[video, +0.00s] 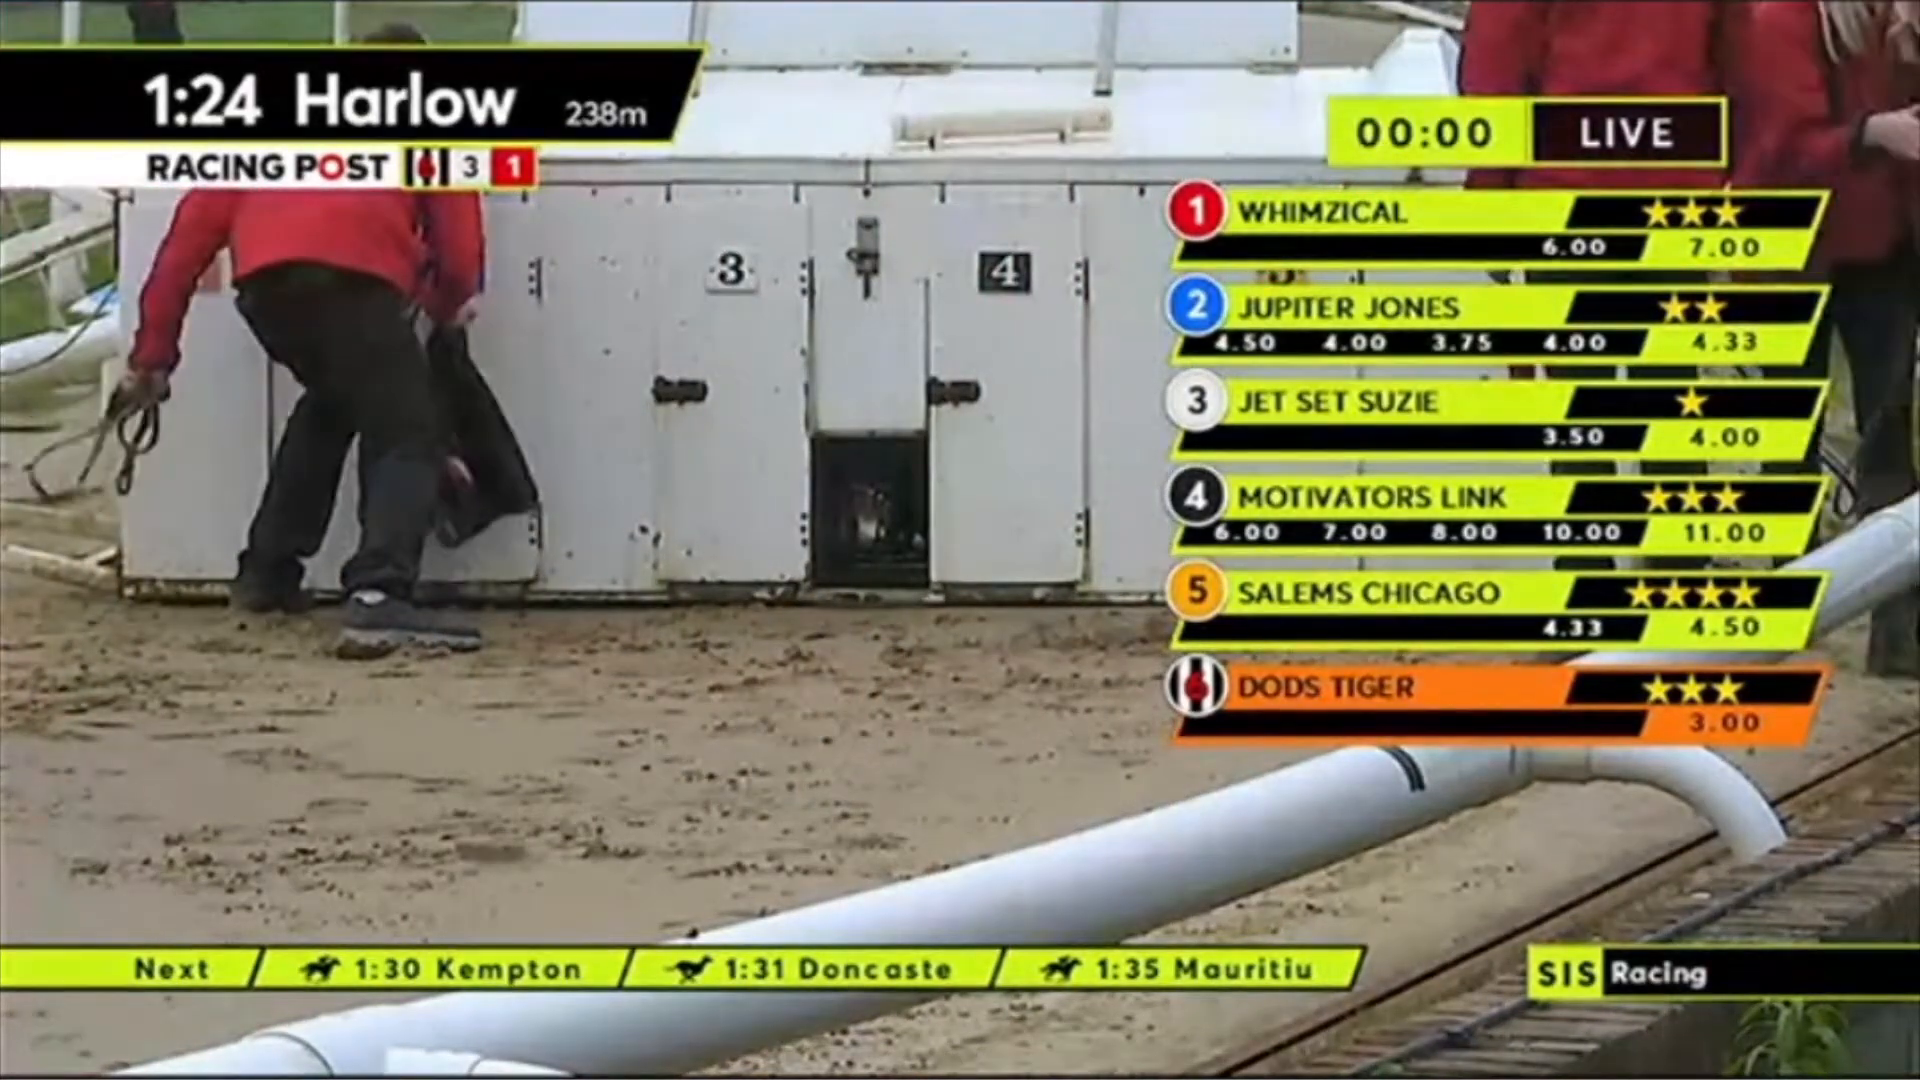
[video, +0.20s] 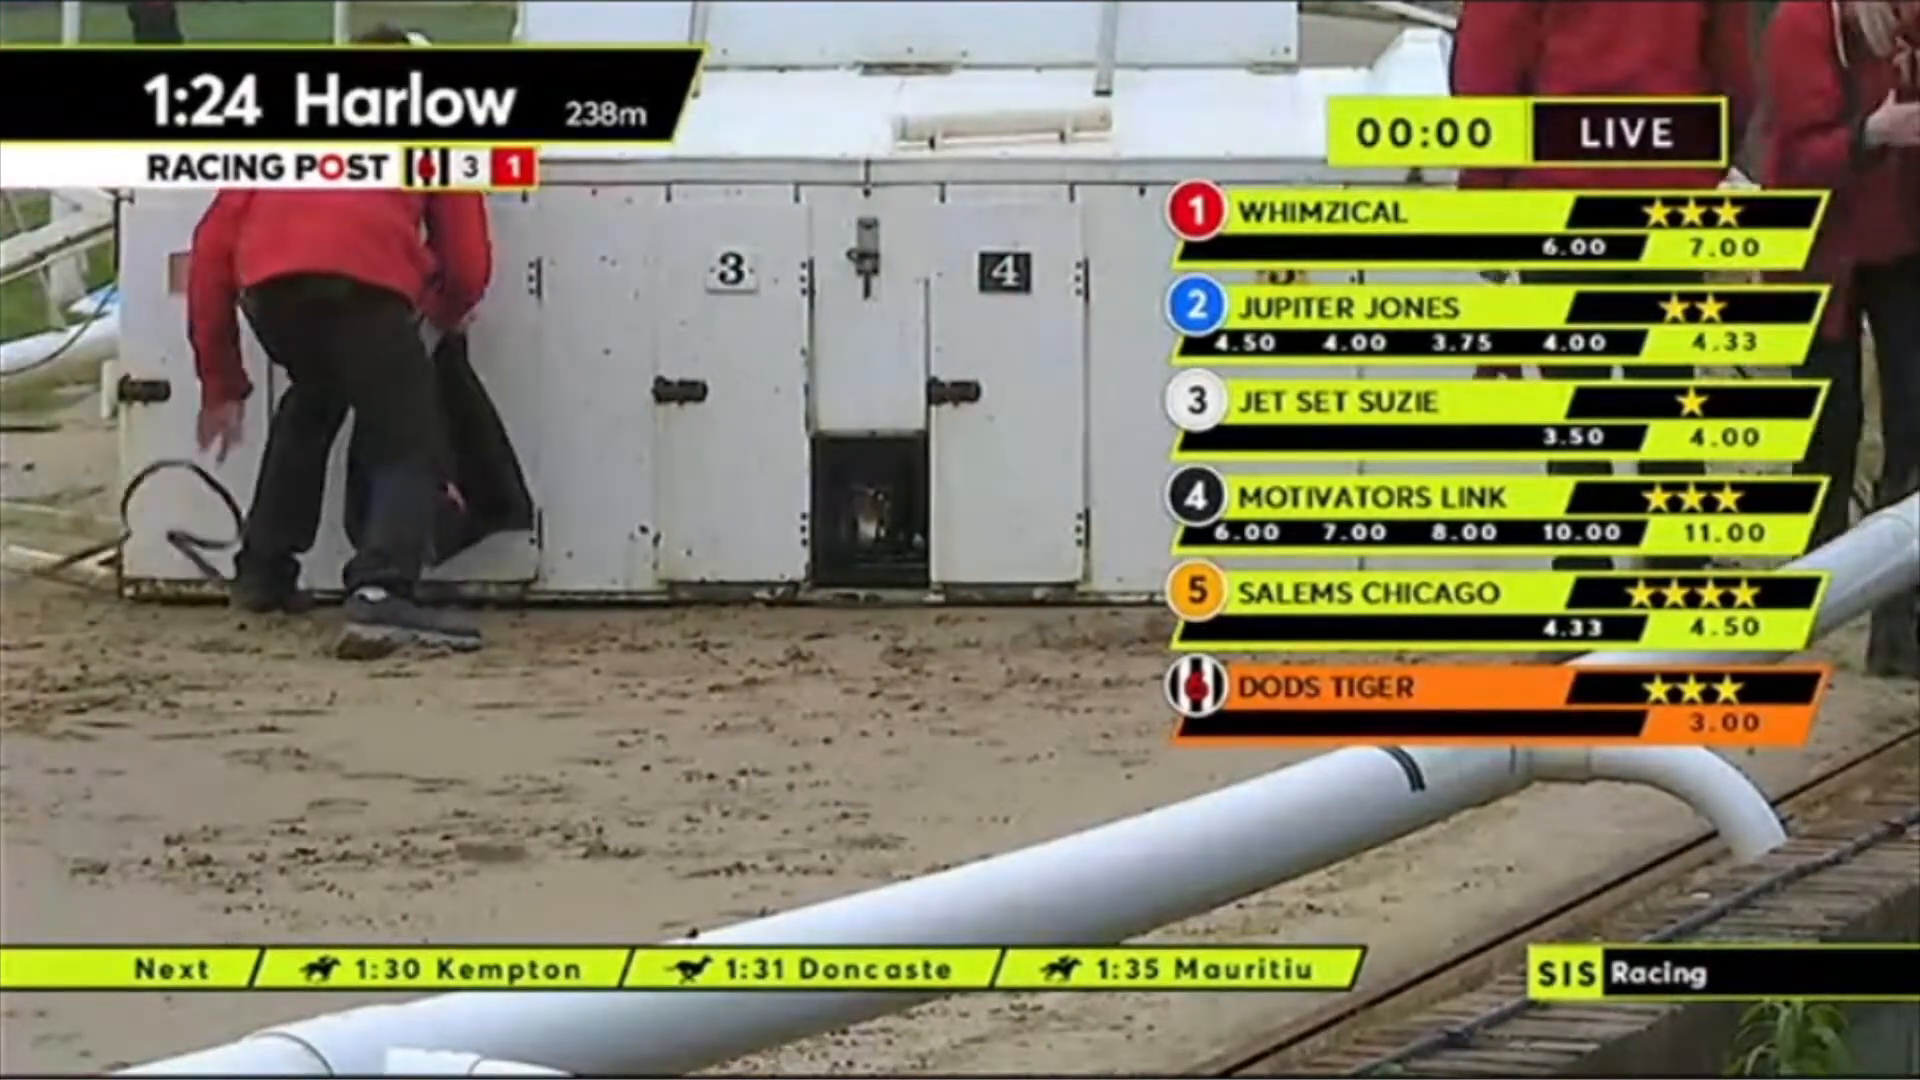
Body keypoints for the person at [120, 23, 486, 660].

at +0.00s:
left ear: (339, 81)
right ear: (413, 76)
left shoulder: (266, 137)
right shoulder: (428, 132)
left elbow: (187, 236)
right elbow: (462, 264)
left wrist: (152, 357)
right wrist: (447, 307)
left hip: (268, 279)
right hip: (363, 277)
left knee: (330, 404)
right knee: (402, 434)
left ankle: (266, 574)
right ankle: (379, 592)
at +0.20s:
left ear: (343, 71)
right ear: (411, 72)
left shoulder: (282, 135)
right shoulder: (433, 133)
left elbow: (209, 252)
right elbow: (469, 264)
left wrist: (220, 382)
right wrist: (445, 310)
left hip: (267, 278)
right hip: (366, 277)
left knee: (314, 396)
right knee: (406, 441)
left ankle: (263, 571)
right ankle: (382, 589)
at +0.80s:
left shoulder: (301, 164)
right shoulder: (436, 159)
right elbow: (490, 267)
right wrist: (457, 332)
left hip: (280, 279)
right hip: (382, 277)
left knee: (309, 389)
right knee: (422, 457)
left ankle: (263, 573)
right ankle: (389, 586)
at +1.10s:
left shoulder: (291, 165)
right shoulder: (434, 159)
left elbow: (276, 233)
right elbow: (493, 264)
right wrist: (455, 334)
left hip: (289, 286)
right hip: (389, 283)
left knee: (310, 387)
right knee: (426, 459)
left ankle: (263, 572)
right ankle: (389, 586)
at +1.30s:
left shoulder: (290, 165)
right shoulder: (434, 159)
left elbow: (279, 236)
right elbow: (494, 262)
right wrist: (450, 334)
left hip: (297, 289)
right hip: (399, 281)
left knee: (316, 390)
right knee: (435, 460)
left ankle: (264, 571)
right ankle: (393, 585)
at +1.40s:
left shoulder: (289, 164)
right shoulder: (434, 159)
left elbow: (279, 238)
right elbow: (494, 262)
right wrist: (450, 334)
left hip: (298, 292)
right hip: (400, 282)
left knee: (318, 391)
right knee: (437, 460)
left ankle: (265, 572)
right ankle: (394, 585)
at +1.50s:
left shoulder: (289, 166)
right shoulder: (434, 160)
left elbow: (281, 239)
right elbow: (495, 262)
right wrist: (450, 335)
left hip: (300, 295)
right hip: (400, 286)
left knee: (318, 391)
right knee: (440, 465)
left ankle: (265, 571)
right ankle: (394, 584)